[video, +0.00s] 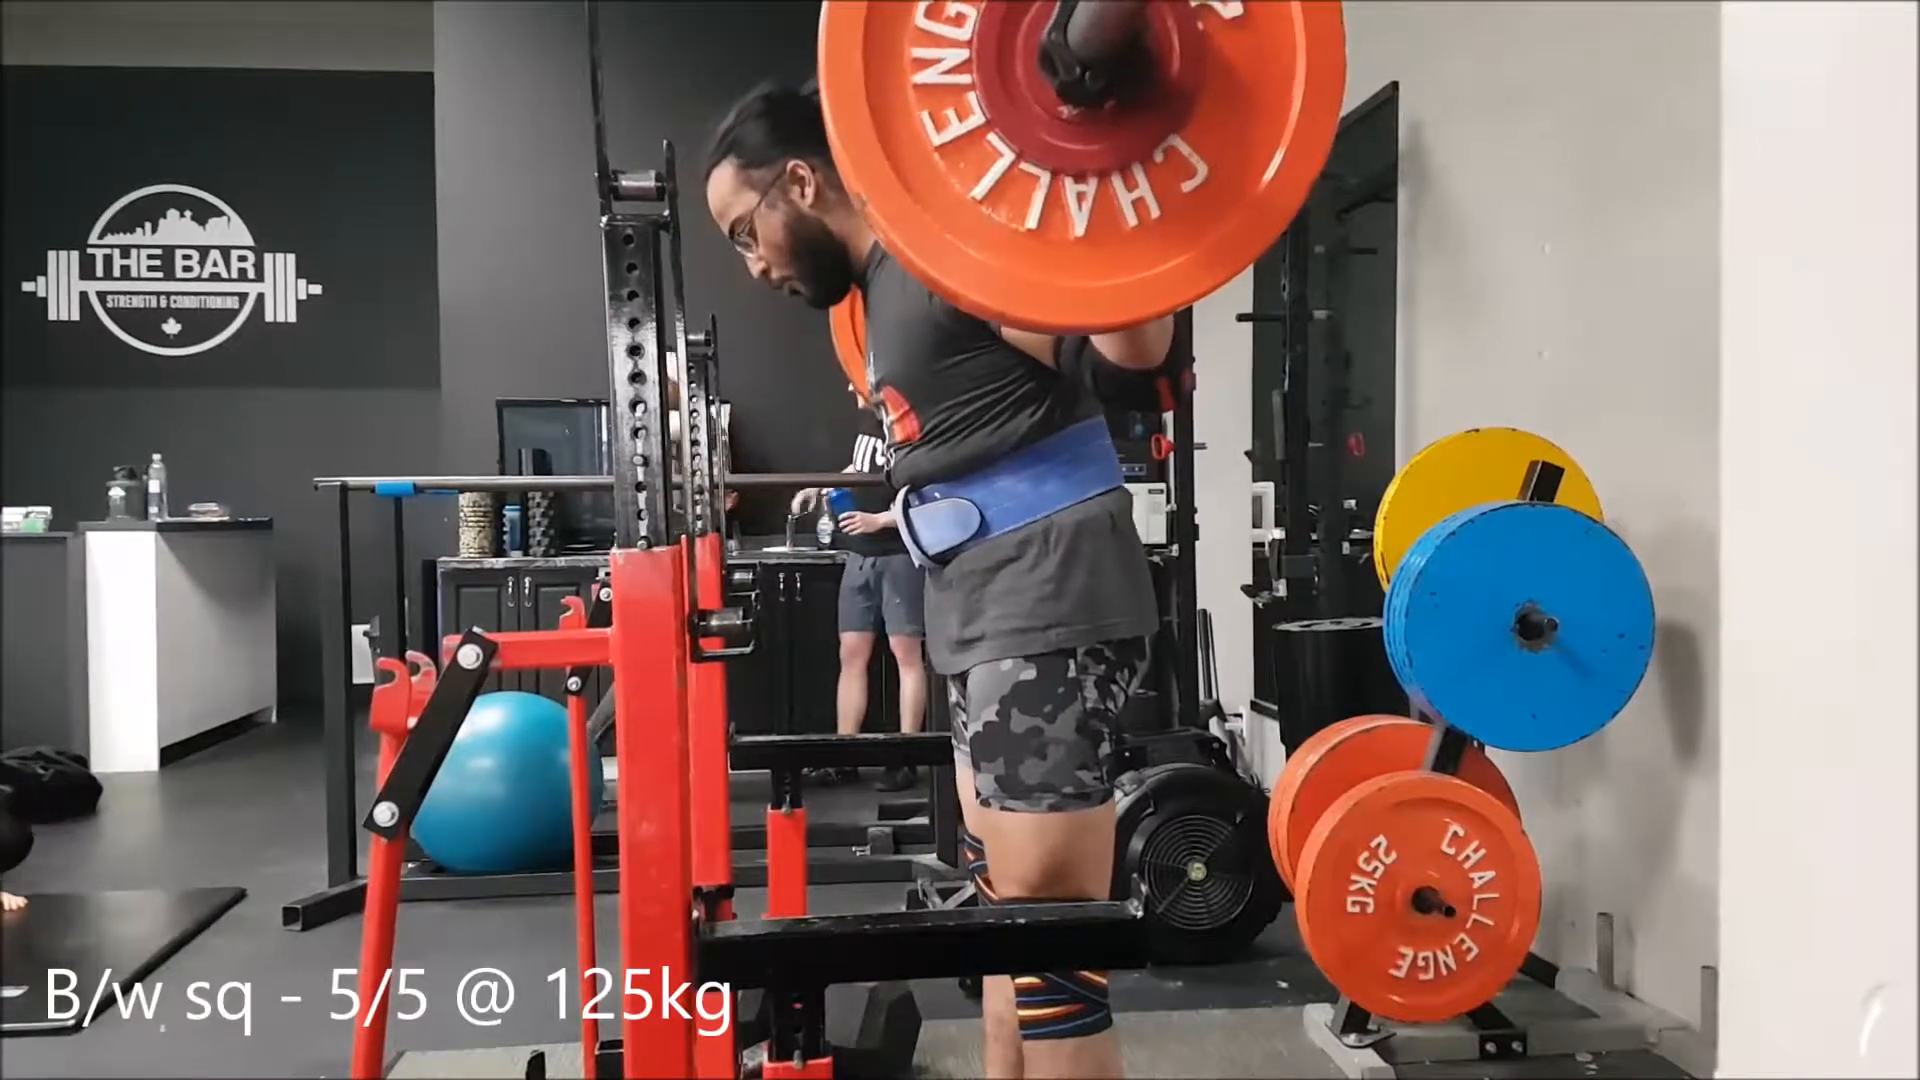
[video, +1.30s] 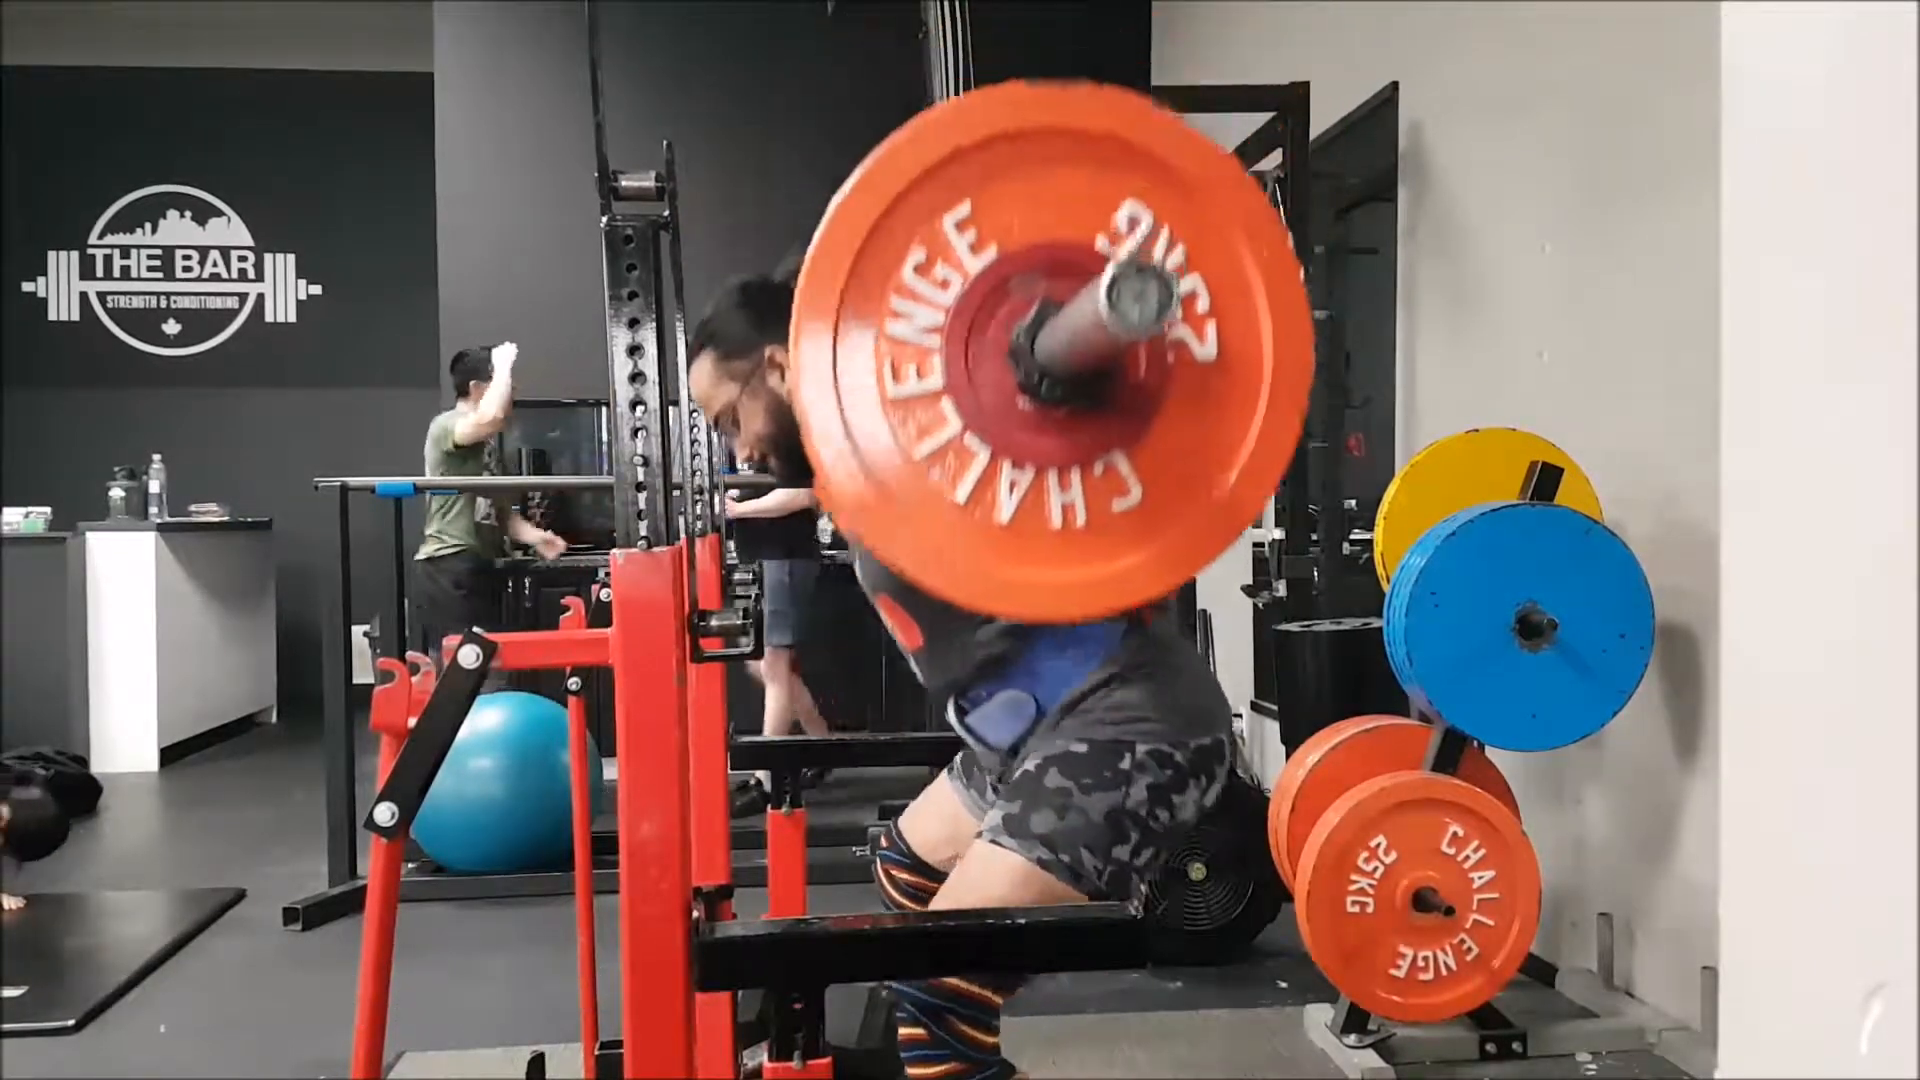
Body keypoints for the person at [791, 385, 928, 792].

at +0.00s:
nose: (852, 386)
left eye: (861, 377)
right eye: (853, 377)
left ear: (887, 385)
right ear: (867, 391)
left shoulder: (918, 434)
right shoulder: (869, 430)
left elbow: (926, 500)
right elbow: (852, 477)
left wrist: (881, 519)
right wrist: (819, 489)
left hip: (901, 555)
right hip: (860, 553)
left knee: (906, 652)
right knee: (852, 651)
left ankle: (906, 757)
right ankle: (843, 754)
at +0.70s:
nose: (793, 384)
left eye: (800, 374)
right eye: (789, 377)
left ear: (827, 372)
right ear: (795, 380)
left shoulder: (866, 422)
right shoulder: (809, 428)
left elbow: (895, 484)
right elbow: (803, 493)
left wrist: (847, 518)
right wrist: (791, 540)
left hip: (863, 559)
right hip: (818, 560)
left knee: (863, 655)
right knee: (831, 656)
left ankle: (896, 754)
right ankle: (841, 756)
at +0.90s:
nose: (778, 380)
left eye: (786, 370)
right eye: (775, 373)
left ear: (814, 370)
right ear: (780, 379)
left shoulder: (846, 420)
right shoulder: (790, 429)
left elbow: (871, 488)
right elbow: (784, 488)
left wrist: (810, 511)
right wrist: (763, 514)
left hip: (840, 552)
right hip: (799, 554)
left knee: (818, 649)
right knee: (815, 656)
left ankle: (841, 759)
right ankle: (835, 759)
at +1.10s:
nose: (763, 383)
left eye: (769, 374)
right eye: (760, 375)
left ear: (795, 373)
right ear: (769, 379)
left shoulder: (825, 423)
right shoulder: (776, 432)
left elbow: (846, 492)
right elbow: (782, 491)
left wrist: (779, 509)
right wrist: (752, 500)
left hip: (816, 558)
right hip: (782, 560)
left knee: (791, 660)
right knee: (815, 664)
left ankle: (779, 768)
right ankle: (842, 758)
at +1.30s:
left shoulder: (784, 426)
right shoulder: (746, 428)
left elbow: (805, 492)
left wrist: (740, 509)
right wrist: (729, 501)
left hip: (787, 553)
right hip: (759, 551)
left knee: (777, 663)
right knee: (757, 662)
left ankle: (767, 776)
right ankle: (823, 739)